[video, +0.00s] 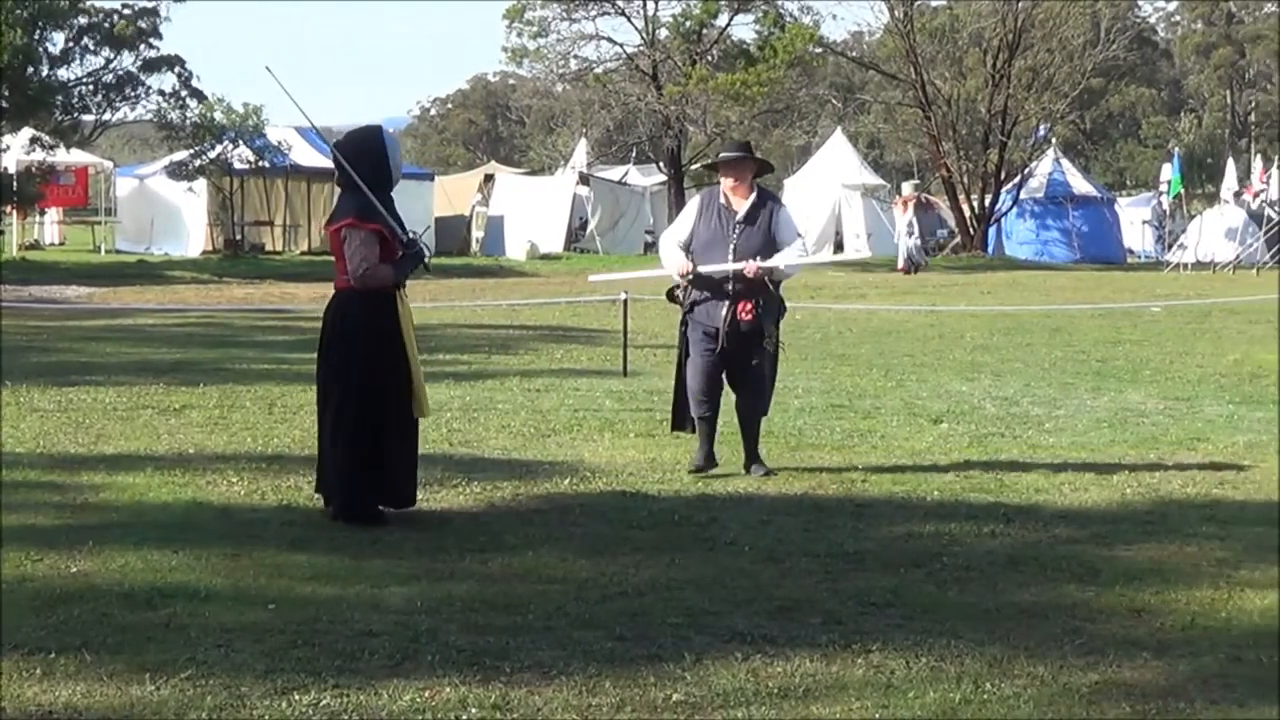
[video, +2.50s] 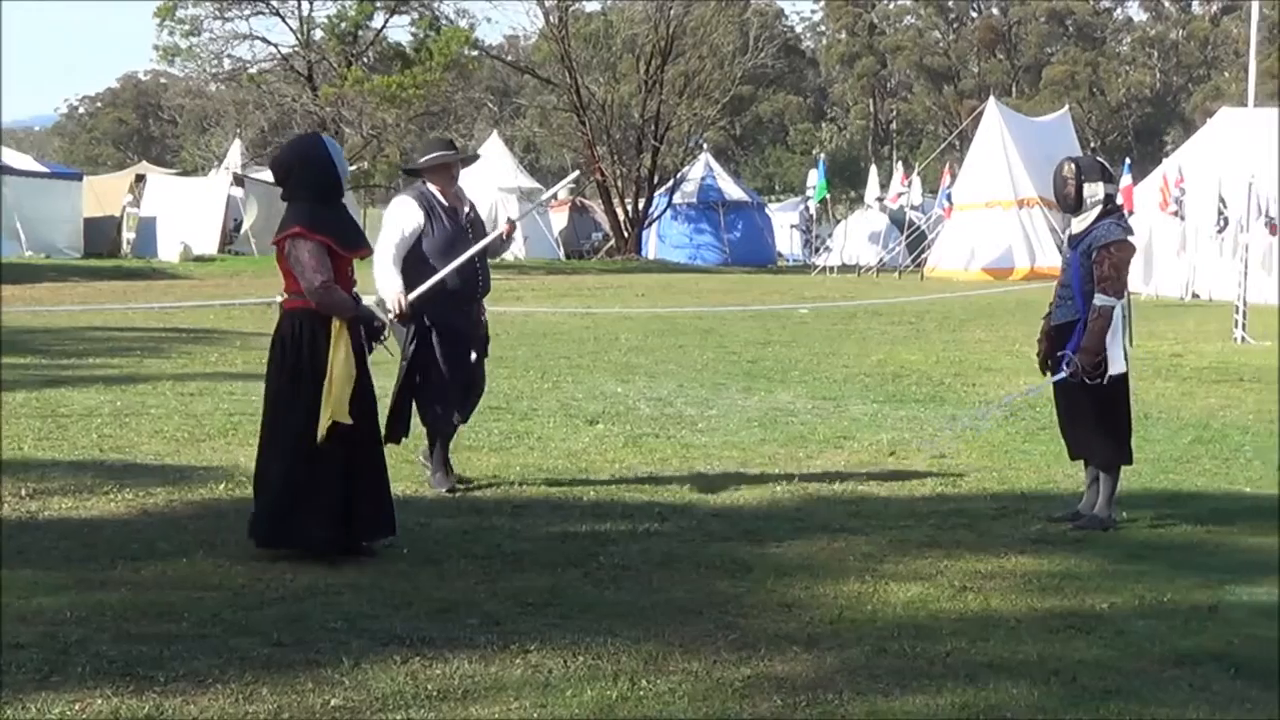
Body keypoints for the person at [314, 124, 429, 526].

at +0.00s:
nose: (396, 167)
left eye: (393, 158)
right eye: (390, 159)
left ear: (354, 165)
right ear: (373, 164)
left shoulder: (366, 209)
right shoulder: (357, 212)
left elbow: (367, 268)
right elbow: (362, 273)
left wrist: (404, 257)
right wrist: (405, 265)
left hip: (366, 315)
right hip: (359, 319)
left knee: (361, 402)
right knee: (360, 403)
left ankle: (353, 494)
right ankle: (356, 500)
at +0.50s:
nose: (381, 170)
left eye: (378, 162)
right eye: (376, 163)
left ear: (336, 173)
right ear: (361, 171)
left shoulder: (340, 214)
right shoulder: (350, 219)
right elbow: (391, 269)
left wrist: (387, 239)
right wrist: (399, 241)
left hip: (344, 312)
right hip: (353, 317)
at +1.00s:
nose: (367, 176)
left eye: (366, 168)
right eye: (362, 168)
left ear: (318, 173)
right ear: (347, 173)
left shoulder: (315, 215)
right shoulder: (335, 218)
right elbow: (371, 271)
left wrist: (363, 237)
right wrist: (373, 236)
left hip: (319, 315)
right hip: (340, 319)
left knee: (325, 409)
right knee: (364, 409)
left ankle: (327, 499)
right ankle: (384, 505)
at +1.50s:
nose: (358, 174)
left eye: (354, 167)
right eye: (353, 167)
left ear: (312, 178)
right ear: (340, 175)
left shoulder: (322, 218)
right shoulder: (328, 222)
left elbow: (347, 273)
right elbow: (356, 283)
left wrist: (377, 263)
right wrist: (387, 270)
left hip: (324, 317)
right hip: (338, 321)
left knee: (320, 410)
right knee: (350, 413)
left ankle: (305, 494)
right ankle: (364, 512)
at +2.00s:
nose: (345, 180)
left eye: (342, 172)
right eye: (338, 172)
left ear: (301, 181)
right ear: (320, 179)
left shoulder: (321, 226)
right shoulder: (300, 229)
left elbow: (326, 288)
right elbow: (308, 291)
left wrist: (358, 320)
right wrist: (360, 310)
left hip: (331, 334)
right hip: (308, 336)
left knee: (346, 425)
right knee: (312, 429)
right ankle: (311, 523)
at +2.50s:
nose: (343, 175)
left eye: (339, 168)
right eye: (336, 168)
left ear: (298, 178)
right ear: (319, 175)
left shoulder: (322, 223)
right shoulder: (302, 228)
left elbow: (332, 286)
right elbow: (319, 289)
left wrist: (360, 314)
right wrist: (363, 313)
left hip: (330, 330)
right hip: (310, 332)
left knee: (335, 429)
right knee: (315, 432)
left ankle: (338, 527)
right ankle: (319, 530)